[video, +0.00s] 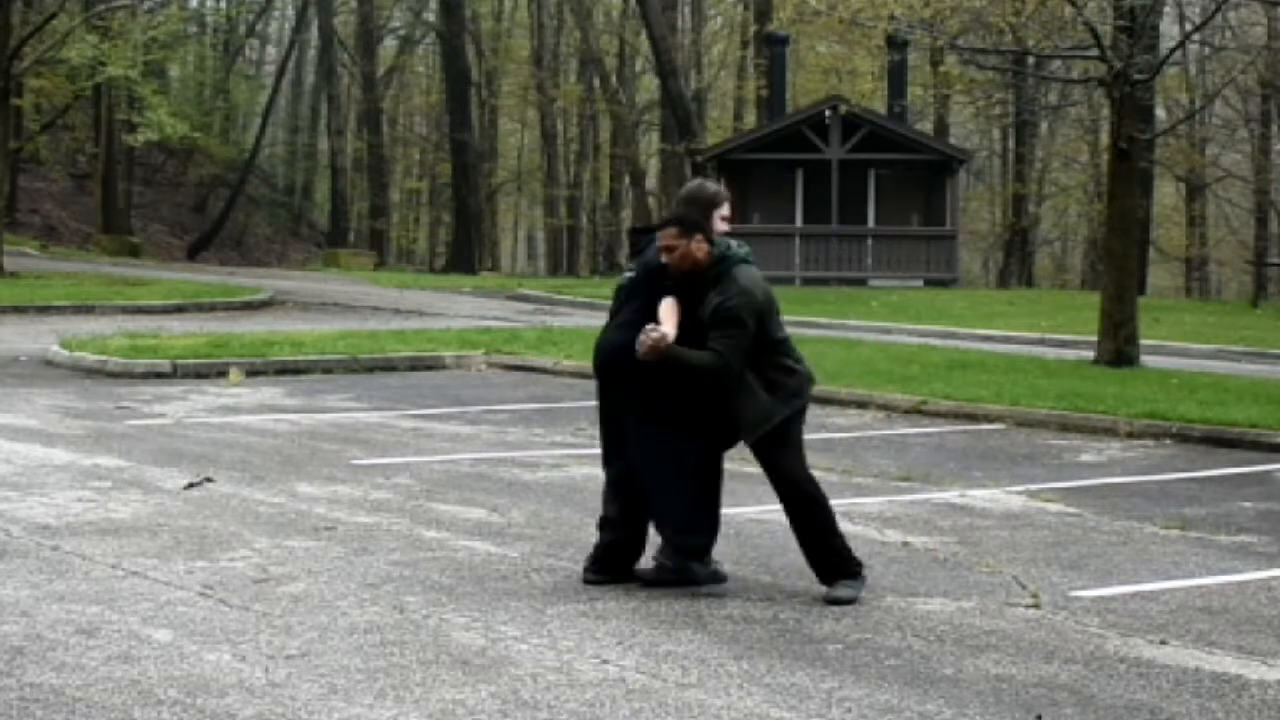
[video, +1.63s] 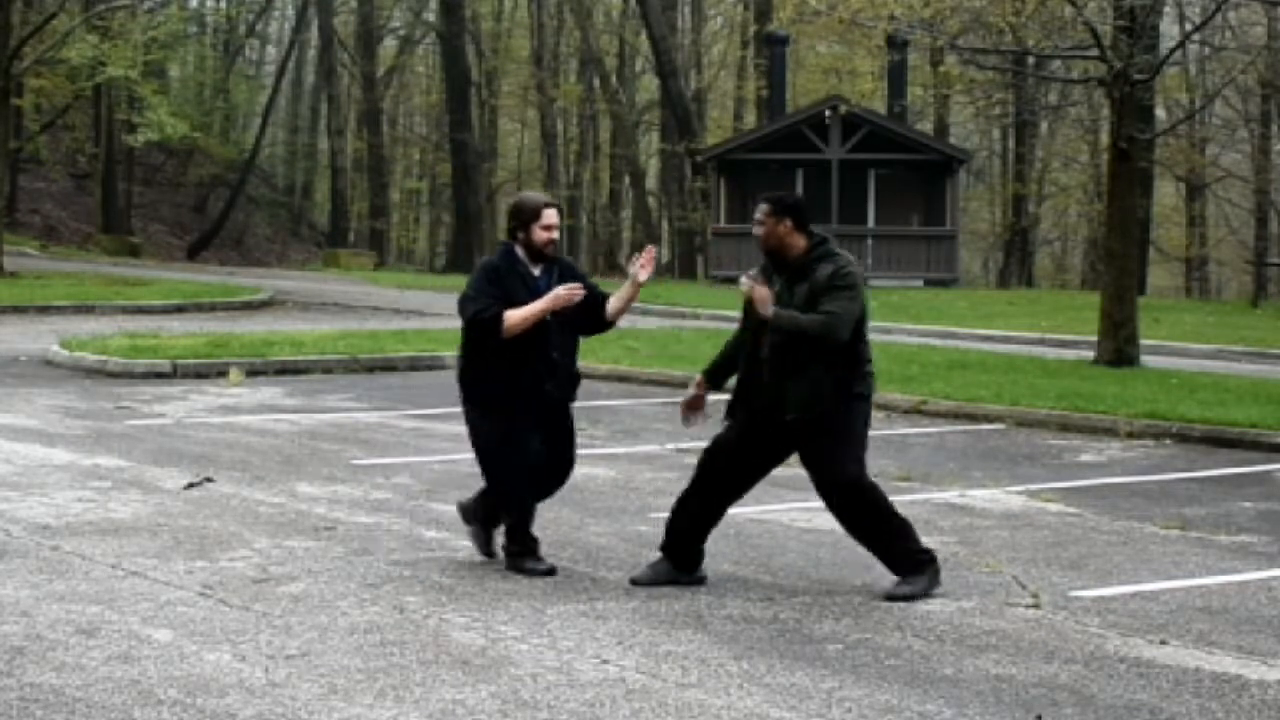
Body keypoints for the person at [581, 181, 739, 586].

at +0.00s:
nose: (729, 224)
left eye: (729, 217)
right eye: (724, 217)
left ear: (697, 222)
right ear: (706, 219)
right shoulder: (680, 257)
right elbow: (670, 294)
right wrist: (669, 327)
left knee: (629, 457)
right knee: (690, 465)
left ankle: (612, 554)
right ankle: (686, 557)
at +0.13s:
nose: (654, 260)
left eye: (661, 250)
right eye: (650, 251)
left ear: (688, 244)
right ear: (651, 249)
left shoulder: (727, 288)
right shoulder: (672, 280)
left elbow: (710, 364)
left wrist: (656, 352)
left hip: (766, 392)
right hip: (721, 390)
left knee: (783, 479)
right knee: (667, 461)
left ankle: (845, 573)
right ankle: (681, 557)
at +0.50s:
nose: (657, 255)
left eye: (663, 246)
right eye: (654, 248)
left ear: (690, 237)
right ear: (665, 244)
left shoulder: (726, 268)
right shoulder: (673, 278)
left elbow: (671, 307)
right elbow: (639, 318)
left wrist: (619, 293)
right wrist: (586, 345)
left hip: (769, 392)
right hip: (713, 399)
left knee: (823, 474)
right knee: (660, 457)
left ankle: (887, 560)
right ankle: (678, 561)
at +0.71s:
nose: (687, 253)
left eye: (692, 243)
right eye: (685, 245)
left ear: (720, 238)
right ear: (713, 241)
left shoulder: (766, 271)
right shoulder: (711, 275)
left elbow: (719, 316)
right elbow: (692, 320)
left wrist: (687, 299)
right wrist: (655, 355)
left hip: (793, 399)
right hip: (732, 401)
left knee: (840, 476)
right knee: (671, 453)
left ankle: (892, 565)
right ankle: (679, 562)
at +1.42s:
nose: (716, 249)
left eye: (721, 240)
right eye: (715, 241)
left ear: (747, 241)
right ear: (740, 242)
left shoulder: (799, 284)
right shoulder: (728, 289)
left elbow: (779, 337)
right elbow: (687, 329)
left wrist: (717, 337)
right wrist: (632, 319)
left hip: (809, 409)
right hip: (747, 409)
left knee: (842, 482)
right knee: (685, 455)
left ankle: (892, 567)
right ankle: (679, 562)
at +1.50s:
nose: (728, 244)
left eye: (734, 236)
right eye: (728, 235)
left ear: (760, 236)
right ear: (754, 237)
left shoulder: (811, 283)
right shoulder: (738, 286)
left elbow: (800, 343)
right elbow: (707, 337)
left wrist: (732, 346)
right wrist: (655, 359)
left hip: (812, 409)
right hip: (751, 408)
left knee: (838, 483)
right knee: (691, 459)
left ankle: (902, 562)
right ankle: (680, 562)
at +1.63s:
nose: (757, 233)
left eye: (762, 224)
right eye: (756, 225)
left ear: (788, 227)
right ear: (785, 228)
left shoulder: (839, 272)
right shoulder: (770, 274)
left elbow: (834, 330)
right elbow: (747, 336)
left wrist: (772, 313)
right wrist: (707, 381)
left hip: (830, 412)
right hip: (773, 408)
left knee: (844, 488)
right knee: (717, 471)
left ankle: (918, 566)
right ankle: (680, 560)